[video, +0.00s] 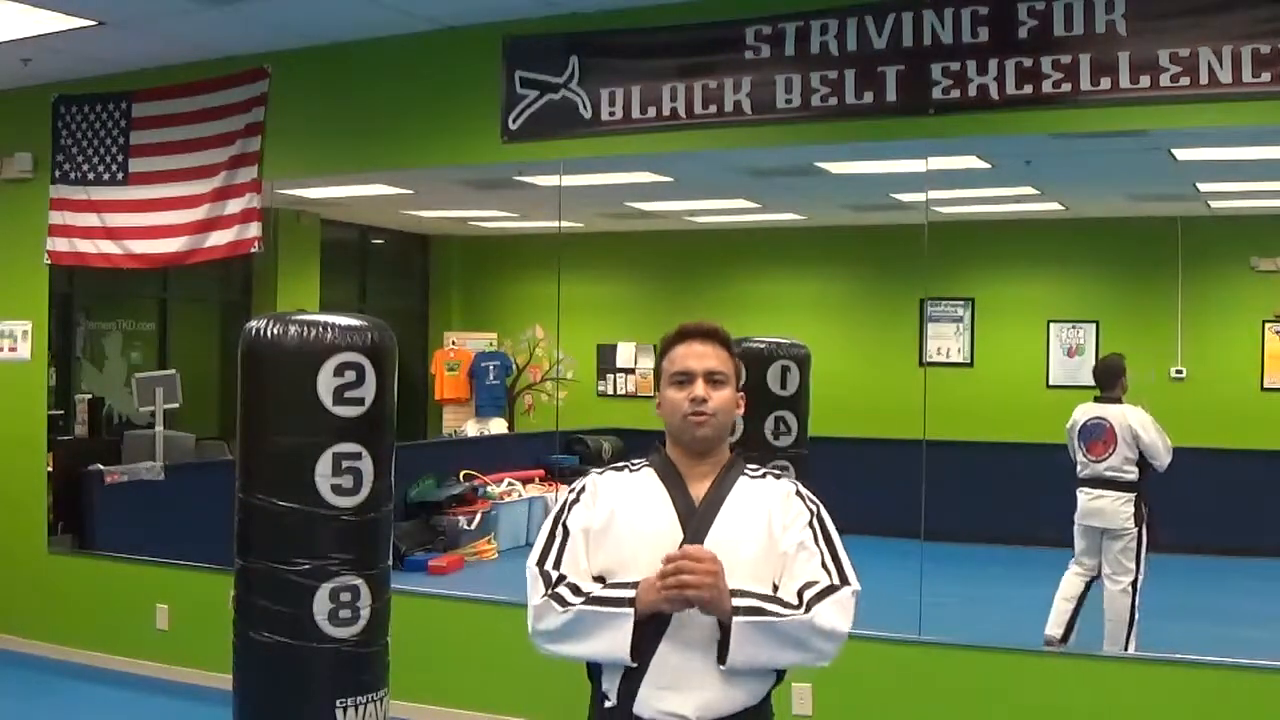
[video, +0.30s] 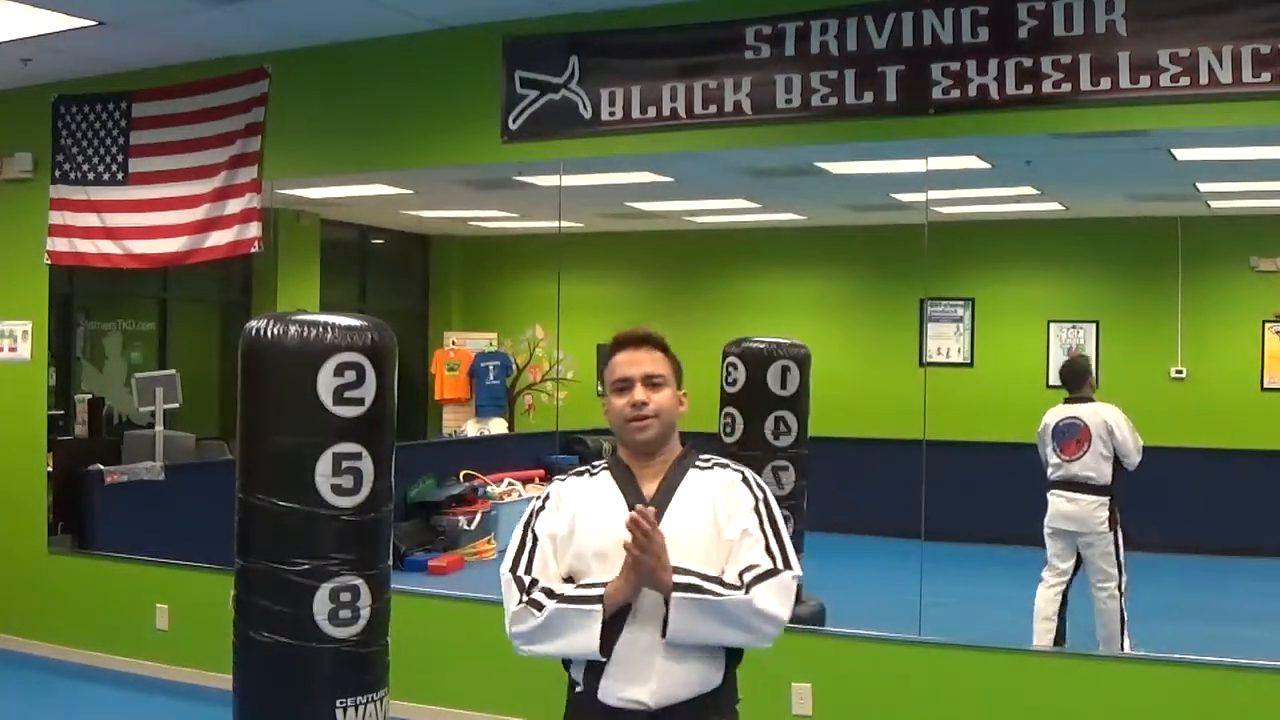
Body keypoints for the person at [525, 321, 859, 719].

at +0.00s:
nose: (699, 394)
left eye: (715, 381)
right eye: (681, 381)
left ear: (739, 403)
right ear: (659, 402)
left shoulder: (787, 503)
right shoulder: (595, 494)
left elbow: (826, 626)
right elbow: (548, 612)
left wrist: (730, 603)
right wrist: (642, 597)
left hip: (741, 709)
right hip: (624, 708)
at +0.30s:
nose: (639, 398)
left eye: (655, 384)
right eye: (623, 388)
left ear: (681, 401)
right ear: (605, 408)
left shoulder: (736, 488)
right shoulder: (563, 496)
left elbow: (767, 612)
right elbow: (524, 616)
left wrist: (670, 582)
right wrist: (614, 592)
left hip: (700, 707)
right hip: (597, 706)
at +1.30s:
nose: (698, 396)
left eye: (712, 383)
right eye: (683, 383)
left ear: (733, 397)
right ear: (663, 395)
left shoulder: (772, 479)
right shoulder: (613, 473)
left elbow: (801, 587)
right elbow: (577, 575)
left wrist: (731, 571)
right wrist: (672, 571)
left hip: (733, 695)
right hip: (637, 692)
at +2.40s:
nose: (641, 413)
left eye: (654, 395)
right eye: (625, 403)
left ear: (685, 395)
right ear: (615, 412)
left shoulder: (749, 469)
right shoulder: (586, 486)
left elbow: (792, 579)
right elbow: (560, 601)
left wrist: (695, 567)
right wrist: (639, 578)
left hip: (723, 696)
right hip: (623, 697)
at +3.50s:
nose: (689, 424)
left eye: (709, 407)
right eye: (673, 403)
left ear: (736, 414)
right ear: (650, 402)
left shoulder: (779, 508)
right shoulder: (584, 487)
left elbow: (808, 643)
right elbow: (515, 601)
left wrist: (700, 607)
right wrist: (612, 590)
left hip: (718, 710)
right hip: (600, 709)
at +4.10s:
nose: (700, 438)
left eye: (723, 416)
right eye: (683, 417)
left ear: (762, 416)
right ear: (665, 415)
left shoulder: (822, 525)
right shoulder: (609, 512)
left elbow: (859, 679)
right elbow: (544, 639)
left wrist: (735, 668)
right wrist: (616, 662)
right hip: (627, 714)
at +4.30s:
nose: (681, 424)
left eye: (697, 400)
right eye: (656, 409)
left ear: (729, 409)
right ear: (632, 429)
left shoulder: (805, 537)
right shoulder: (569, 539)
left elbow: (866, 679)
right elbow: (500, 678)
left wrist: (776, 681)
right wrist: (547, 667)